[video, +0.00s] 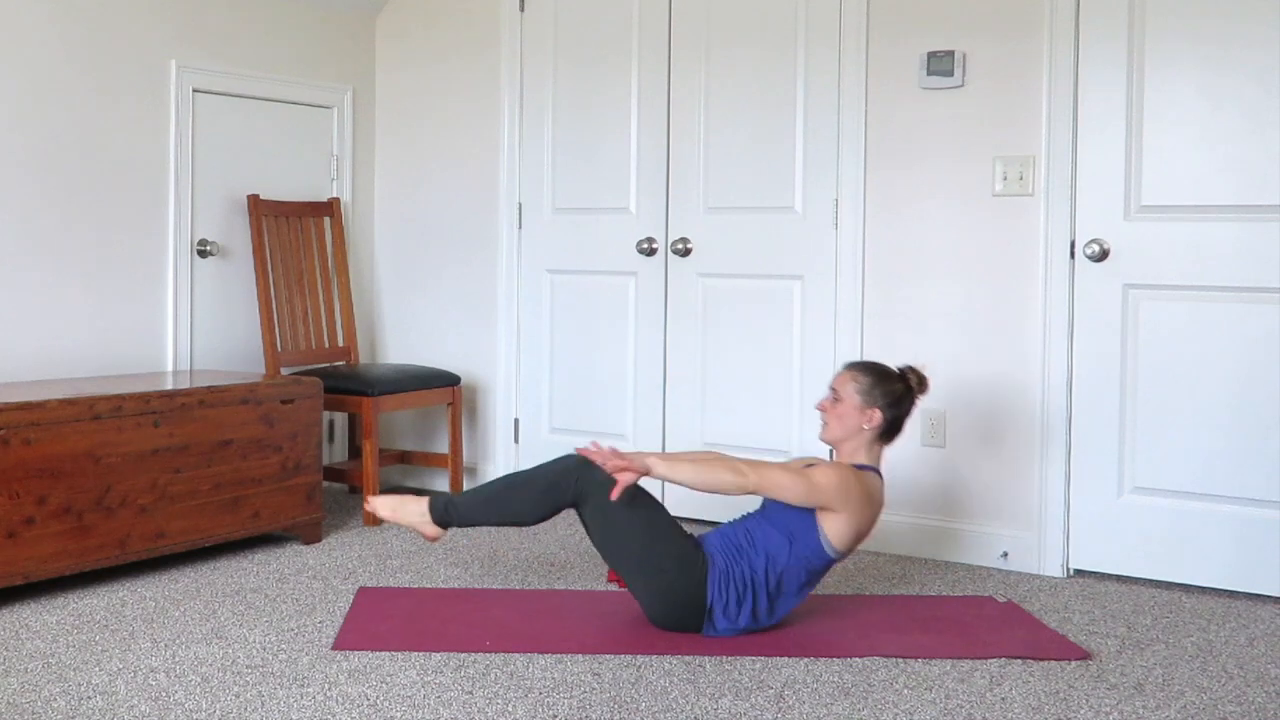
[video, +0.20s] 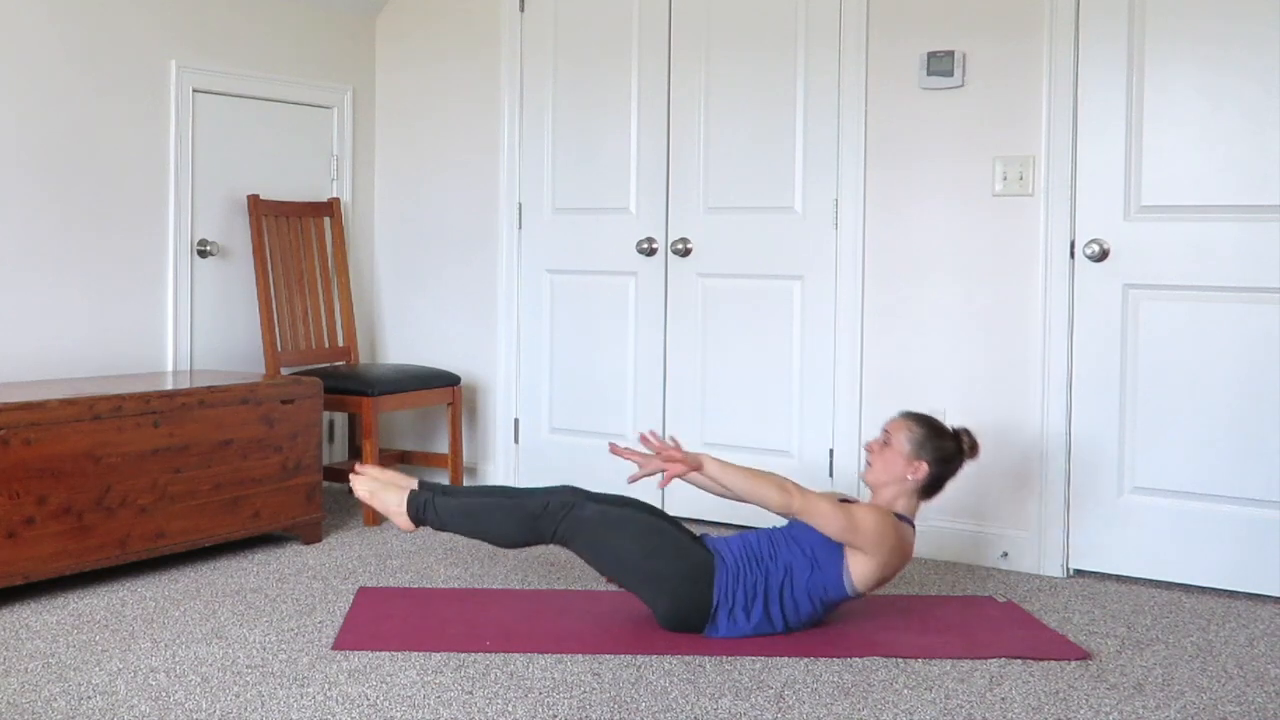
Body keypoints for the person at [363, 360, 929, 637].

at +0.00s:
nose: (823, 408)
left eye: (837, 401)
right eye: (829, 398)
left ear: (871, 422)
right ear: (861, 420)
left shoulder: (851, 486)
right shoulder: (839, 477)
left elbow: (744, 476)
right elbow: (740, 471)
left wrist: (643, 465)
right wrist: (644, 461)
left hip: (699, 594)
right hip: (698, 573)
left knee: (583, 471)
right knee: (588, 466)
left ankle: (436, 513)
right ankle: (444, 510)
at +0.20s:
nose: (869, 452)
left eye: (885, 447)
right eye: (878, 442)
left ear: (916, 474)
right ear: (910, 474)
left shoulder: (879, 530)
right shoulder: (878, 522)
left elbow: (784, 497)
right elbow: (785, 497)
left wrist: (694, 463)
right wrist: (697, 468)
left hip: (704, 587)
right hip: (706, 569)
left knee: (562, 511)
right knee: (565, 501)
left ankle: (413, 503)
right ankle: (417, 499)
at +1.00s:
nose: (858, 421)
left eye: (873, 417)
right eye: (865, 412)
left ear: (903, 443)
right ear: (889, 435)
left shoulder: (877, 506)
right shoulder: (854, 487)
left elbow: (777, 495)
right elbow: (764, 482)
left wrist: (675, 481)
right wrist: (671, 475)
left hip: (711, 594)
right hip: (708, 570)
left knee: (588, 485)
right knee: (587, 479)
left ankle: (434, 511)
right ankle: (440, 496)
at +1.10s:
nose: (829, 394)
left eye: (843, 389)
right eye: (837, 383)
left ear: (874, 415)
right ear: (863, 410)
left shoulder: (855, 484)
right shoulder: (826, 461)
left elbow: (753, 485)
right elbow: (738, 467)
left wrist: (655, 482)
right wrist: (649, 474)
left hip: (712, 597)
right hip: (707, 572)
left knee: (601, 457)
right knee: (605, 453)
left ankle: (459, 494)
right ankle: (461, 481)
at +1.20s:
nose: (804, 375)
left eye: (818, 371)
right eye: (812, 365)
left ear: (848, 395)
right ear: (842, 393)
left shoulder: (830, 469)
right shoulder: (803, 446)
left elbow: (726, 485)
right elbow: (714, 462)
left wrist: (627, 489)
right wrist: (626, 477)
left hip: (707, 598)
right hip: (703, 574)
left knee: (631, 438)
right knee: (628, 436)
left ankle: (490, 479)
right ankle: (490, 470)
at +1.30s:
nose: (785, 359)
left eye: (799, 356)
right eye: (794, 352)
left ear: (830, 383)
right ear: (825, 385)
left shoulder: (807, 456)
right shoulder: (783, 434)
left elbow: (704, 480)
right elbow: (695, 454)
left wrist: (603, 495)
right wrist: (609, 484)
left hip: (705, 600)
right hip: (699, 577)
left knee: (661, 432)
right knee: (656, 425)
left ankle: (520, 472)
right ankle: (519, 453)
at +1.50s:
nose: (807, 366)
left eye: (821, 363)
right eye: (816, 357)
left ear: (849, 392)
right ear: (842, 390)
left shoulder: (821, 463)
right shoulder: (795, 441)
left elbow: (716, 483)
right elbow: (700, 453)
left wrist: (614, 491)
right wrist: (615, 469)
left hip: (708, 600)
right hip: (703, 573)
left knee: (644, 435)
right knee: (638, 428)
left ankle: (506, 480)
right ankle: (506, 451)